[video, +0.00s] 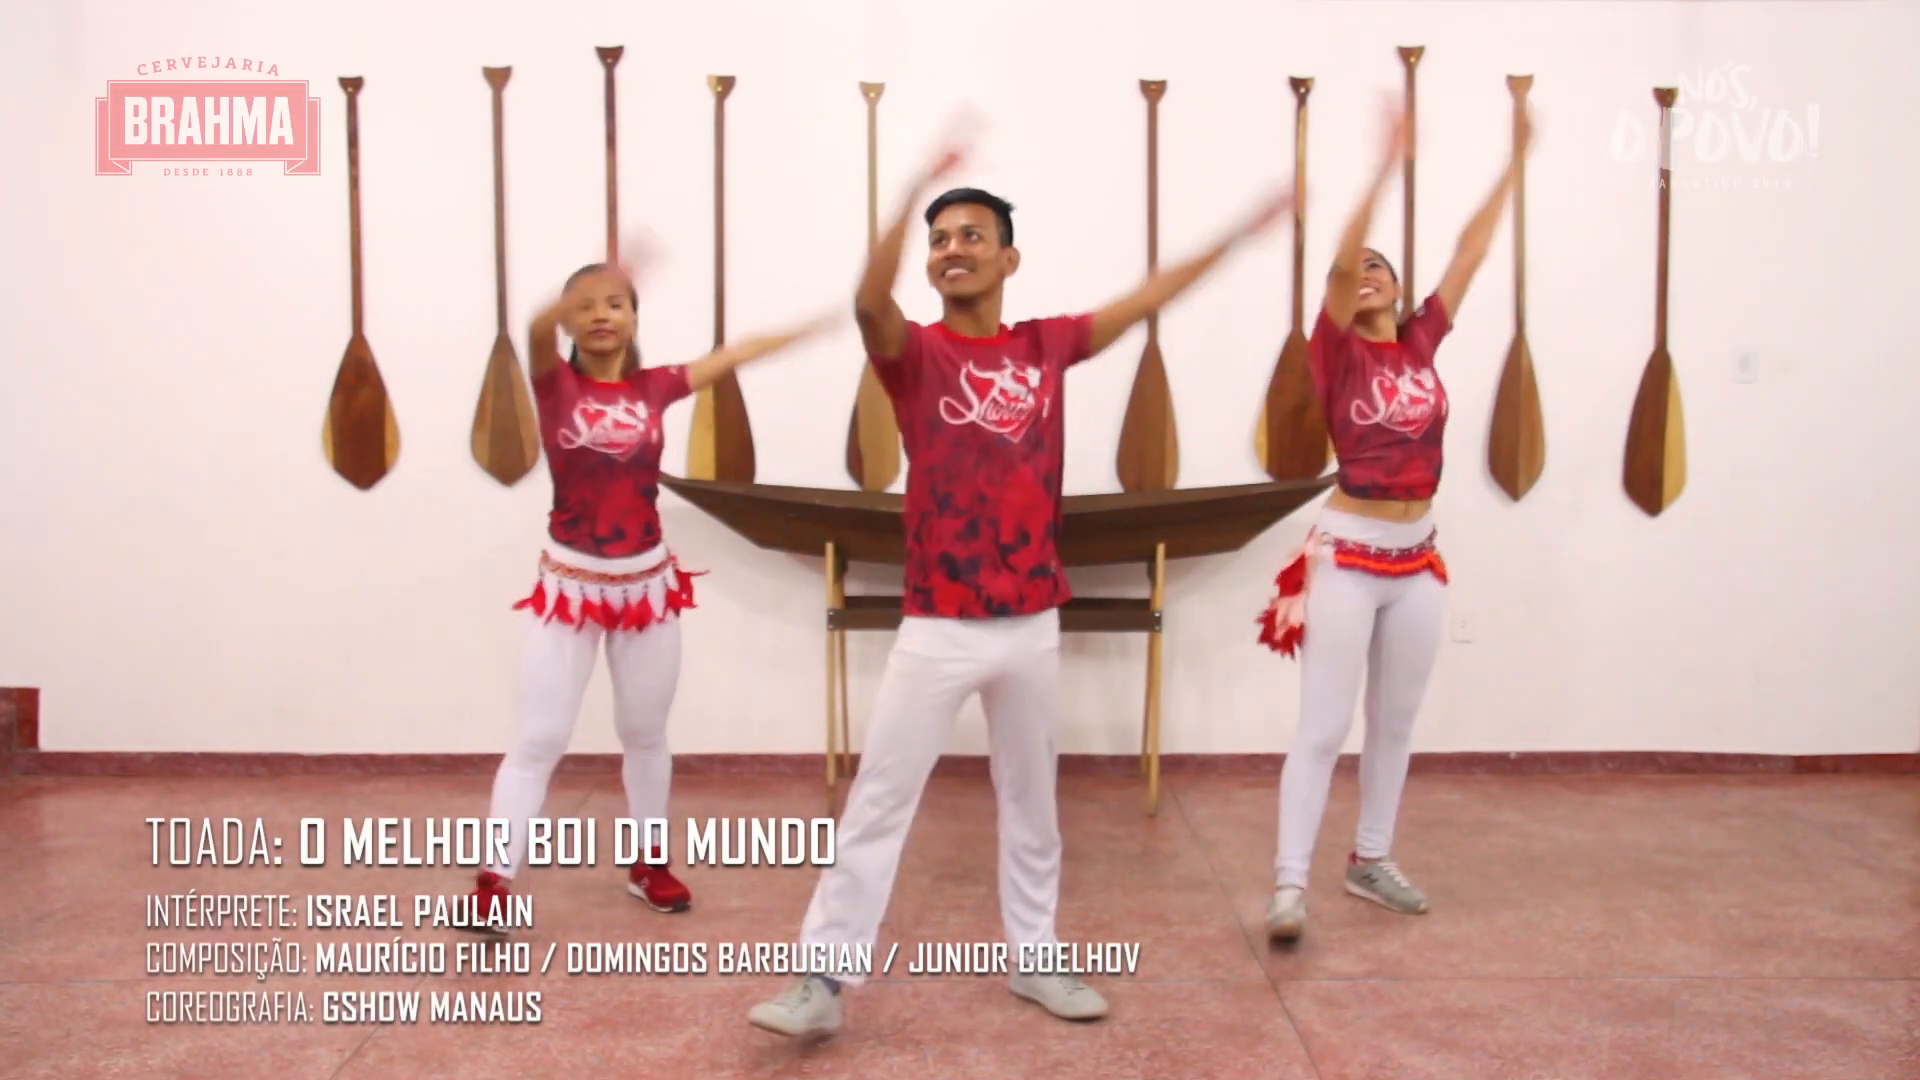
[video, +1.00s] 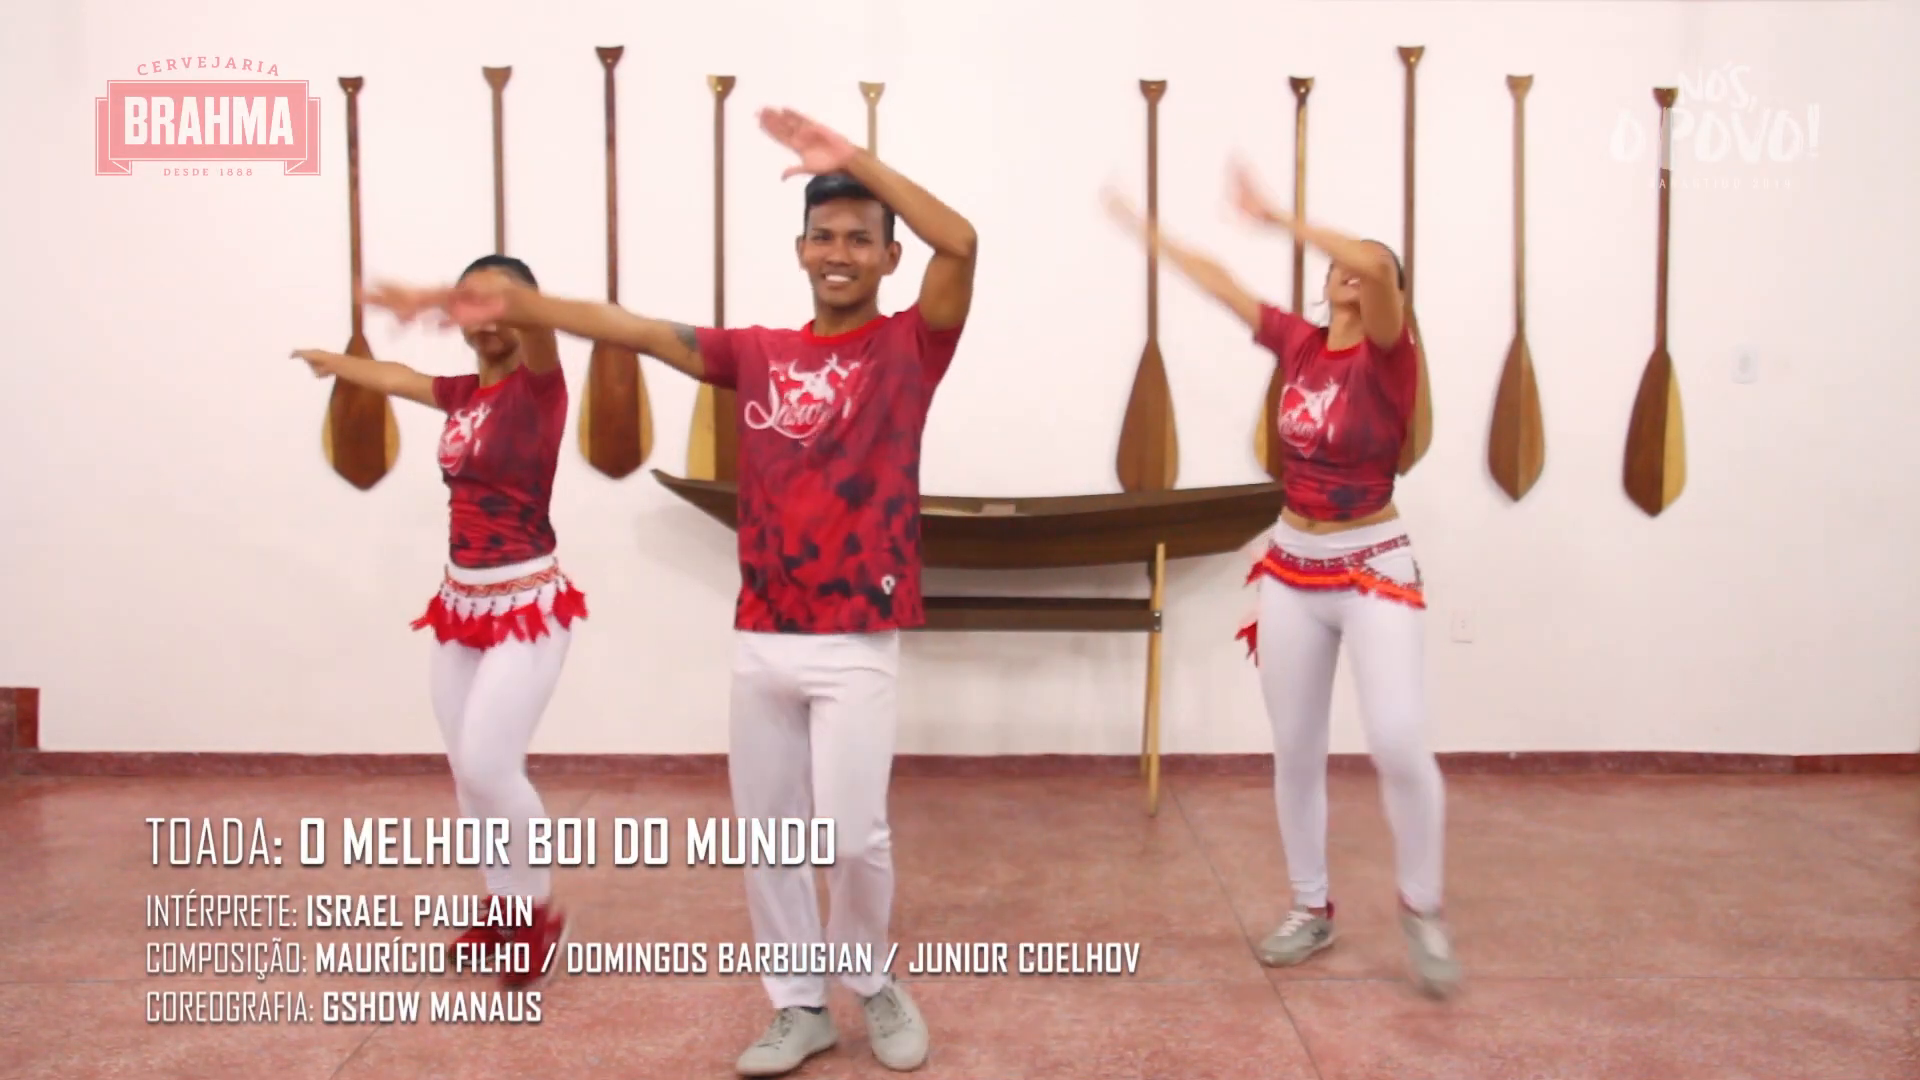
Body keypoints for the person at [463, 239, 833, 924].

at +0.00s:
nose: (603, 315)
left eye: (617, 304)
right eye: (587, 306)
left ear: (635, 320)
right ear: (566, 324)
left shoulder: (656, 386)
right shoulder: (555, 386)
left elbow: (730, 357)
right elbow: (540, 332)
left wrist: (805, 332)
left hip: (647, 590)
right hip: (569, 588)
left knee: (647, 737)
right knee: (538, 741)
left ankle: (650, 863)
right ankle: (495, 879)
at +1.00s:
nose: (486, 323)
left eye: (499, 306)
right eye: (474, 310)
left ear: (527, 316)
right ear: (461, 322)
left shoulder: (539, 388)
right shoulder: (461, 393)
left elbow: (530, 310)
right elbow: (395, 378)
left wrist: (429, 300)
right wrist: (332, 362)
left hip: (530, 608)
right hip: (461, 609)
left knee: (489, 765)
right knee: (470, 770)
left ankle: (537, 910)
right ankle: (498, 908)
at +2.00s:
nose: (570, 319)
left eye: (589, 306)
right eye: (557, 302)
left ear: (616, 318)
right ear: (534, 309)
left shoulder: (621, 394)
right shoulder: (502, 377)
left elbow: (703, 332)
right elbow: (413, 295)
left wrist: (778, 265)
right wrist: (488, 274)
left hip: (604, 631)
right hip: (516, 634)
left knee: (609, 810)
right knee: (523, 818)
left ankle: (626, 975)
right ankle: (570, 928)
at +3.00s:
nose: (369, 282)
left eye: (389, 271)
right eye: (350, 268)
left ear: (416, 296)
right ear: (321, 292)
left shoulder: (437, 376)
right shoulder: (284, 377)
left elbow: (540, 298)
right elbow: (152, 311)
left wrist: (480, 218)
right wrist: (42, 220)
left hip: (431, 650)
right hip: (322, 659)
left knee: (513, 837)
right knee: (326, 866)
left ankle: (516, 967)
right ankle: (337, 1051)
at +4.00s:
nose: (330, 271)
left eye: (353, 258)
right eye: (318, 254)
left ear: (398, 281)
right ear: (298, 269)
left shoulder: (400, 380)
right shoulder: (295, 359)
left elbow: (381, 272)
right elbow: (195, 276)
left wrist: (302, 130)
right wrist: (136, 151)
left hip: (384, 667)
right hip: (294, 670)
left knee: (373, 891)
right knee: (311, 884)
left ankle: (459, 1077)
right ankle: (342, 1058)